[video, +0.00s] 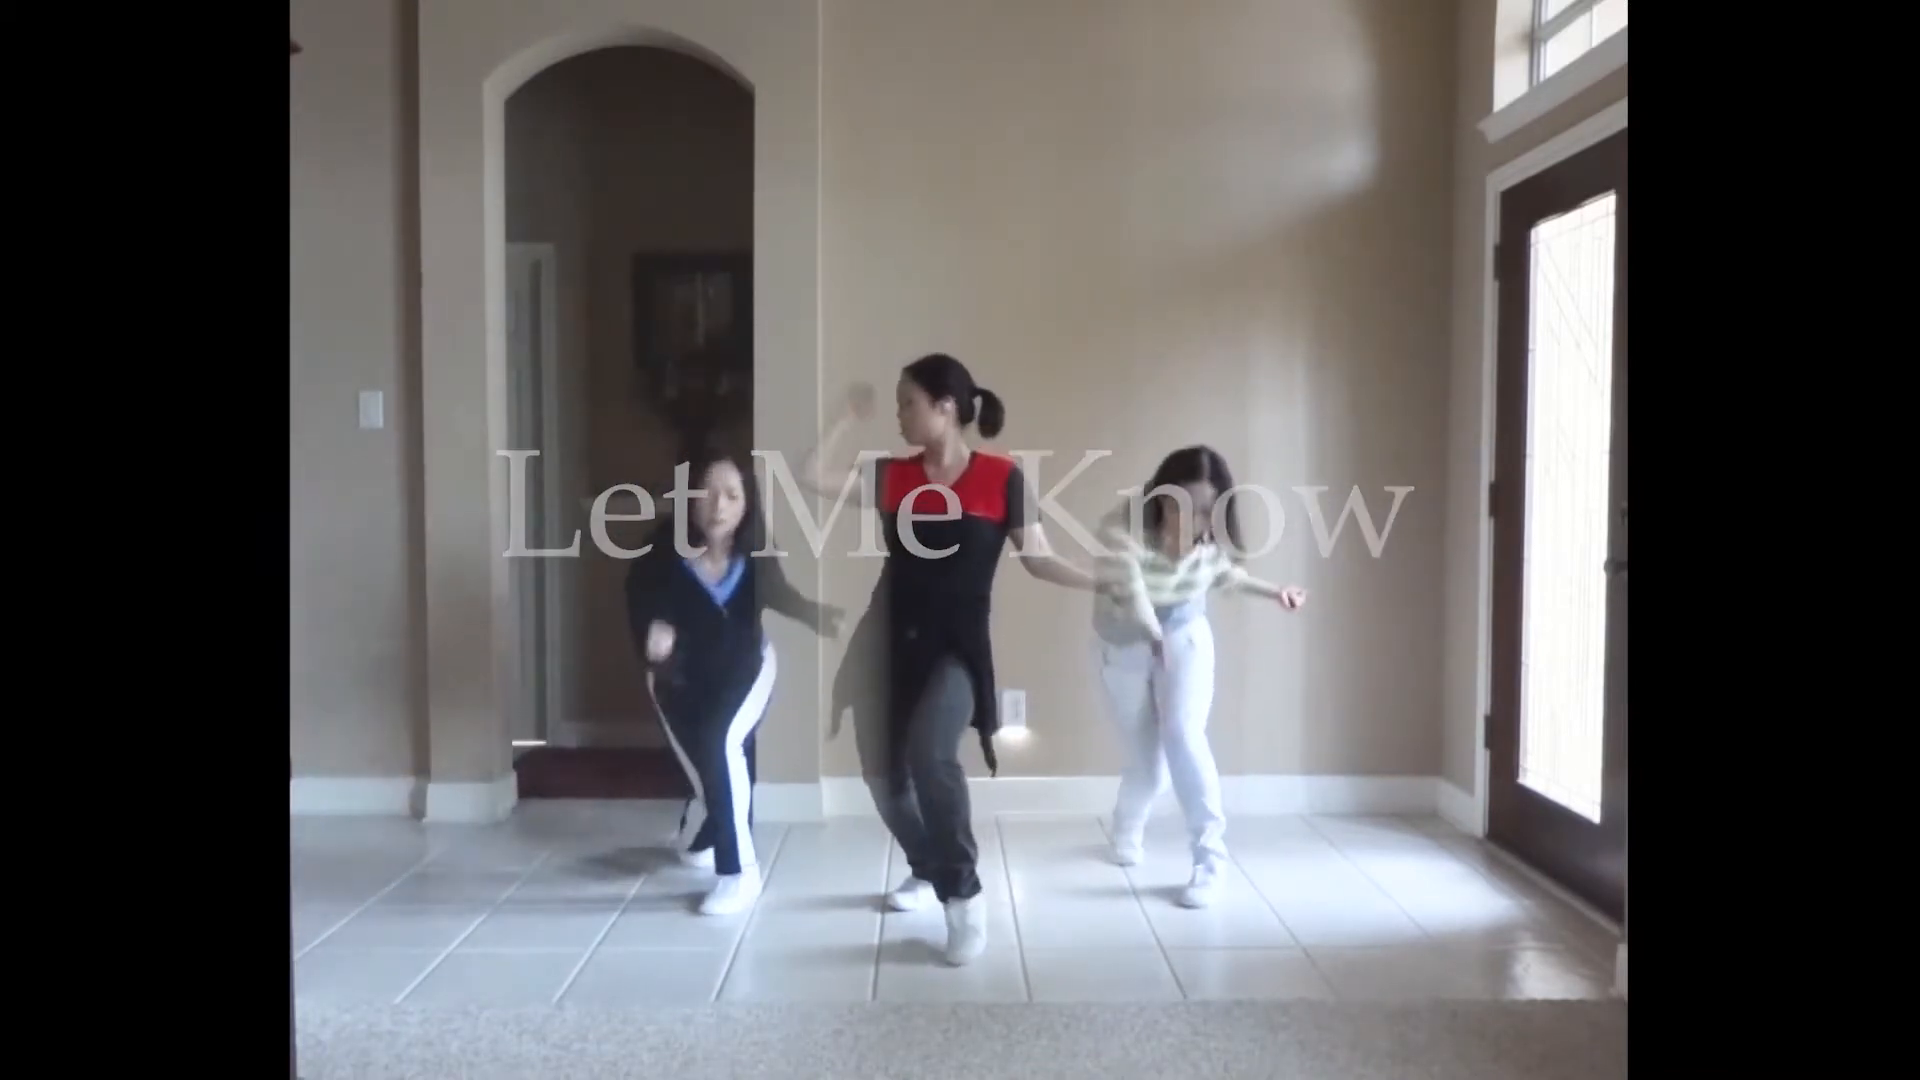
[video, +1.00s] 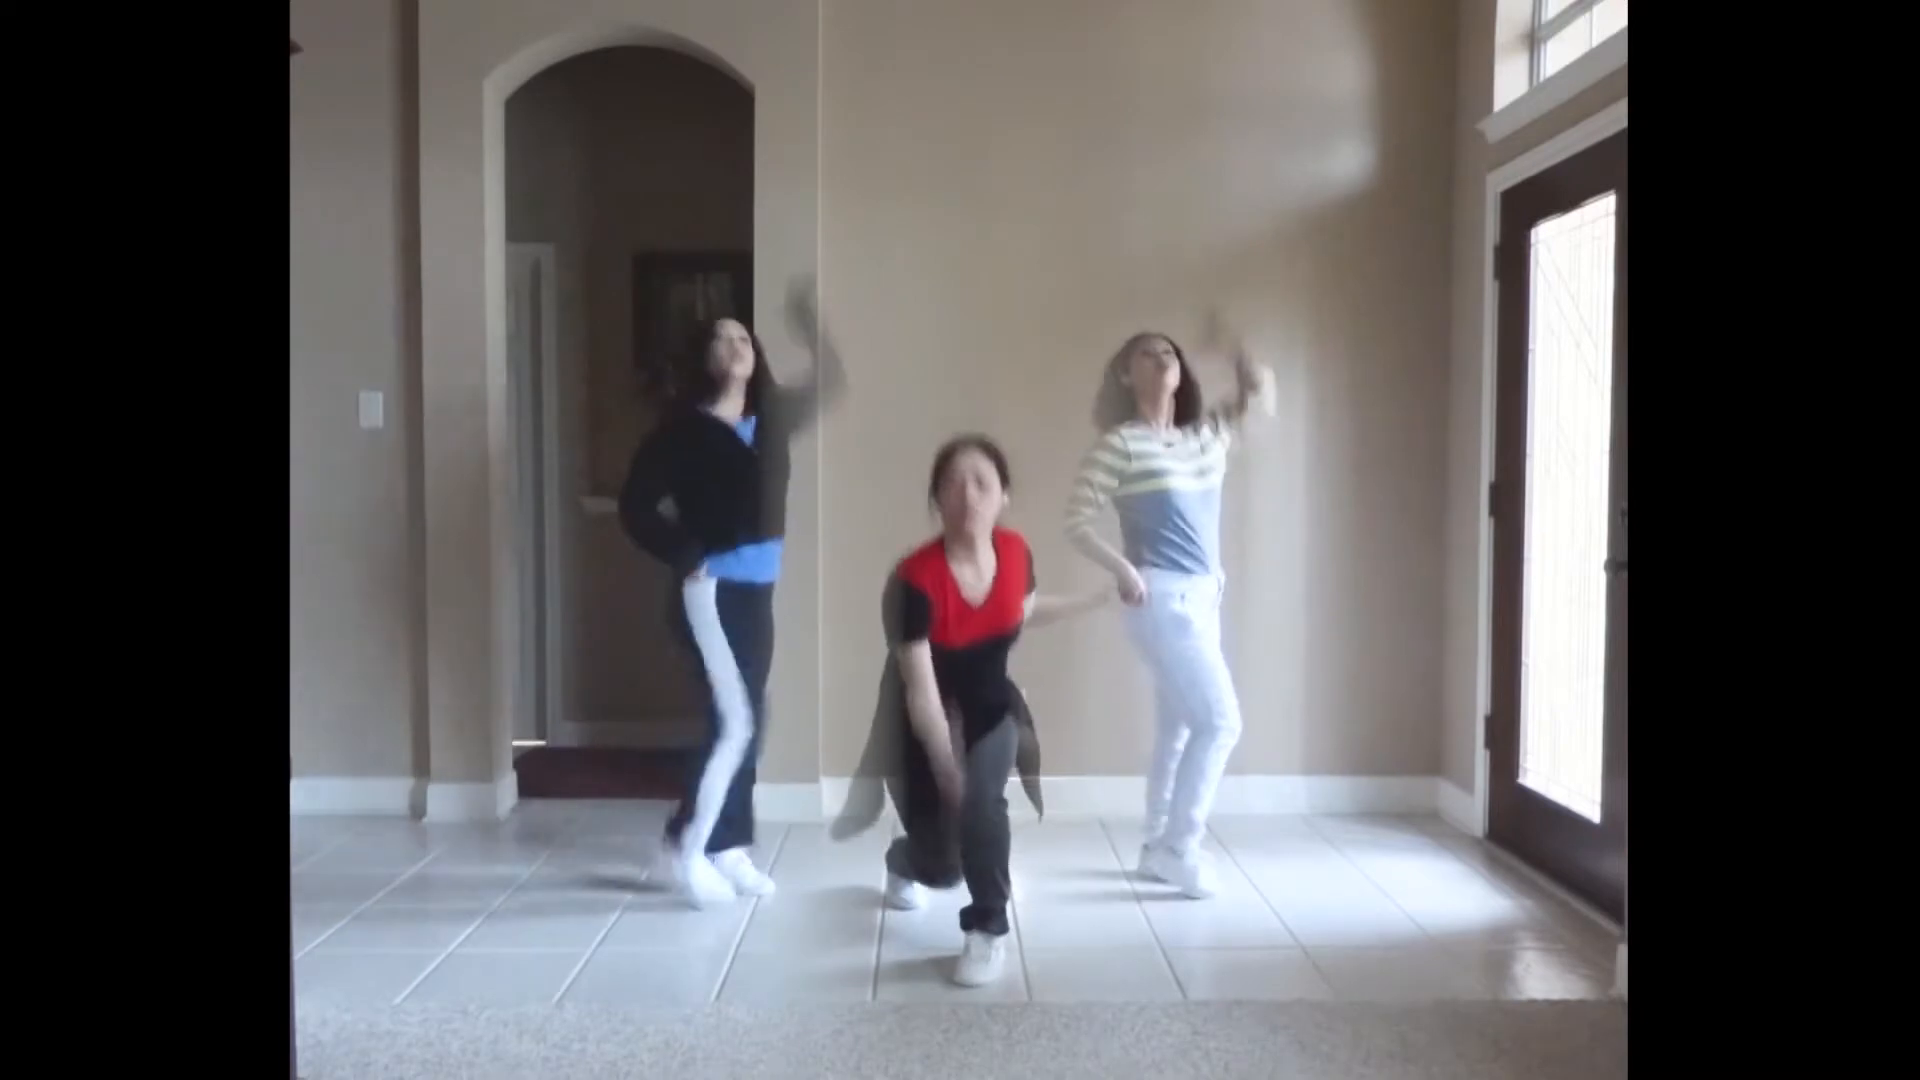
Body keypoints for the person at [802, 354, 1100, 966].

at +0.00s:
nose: (901, 416)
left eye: (910, 405)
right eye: (900, 405)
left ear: (948, 407)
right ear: (915, 411)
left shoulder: (1001, 476)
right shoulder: (892, 474)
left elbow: (1038, 559)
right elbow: (816, 480)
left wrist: (1101, 580)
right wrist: (843, 423)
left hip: (958, 642)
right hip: (892, 640)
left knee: (929, 753)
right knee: (884, 780)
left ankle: (961, 893)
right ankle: (929, 870)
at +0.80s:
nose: (954, 394)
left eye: (967, 384)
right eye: (942, 384)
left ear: (988, 399)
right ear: (922, 402)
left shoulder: (1003, 475)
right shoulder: (905, 470)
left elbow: (1032, 558)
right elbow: (887, 503)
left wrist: (1101, 567)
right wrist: (894, 423)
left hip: (989, 653)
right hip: (919, 654)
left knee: (985, 783)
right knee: (917, 789)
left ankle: (990, 921)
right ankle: (911, 869)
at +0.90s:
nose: (959, 439)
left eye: (974, 429)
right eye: (946, 429)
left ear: (995, 446)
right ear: (928, 446)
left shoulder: (1011, 511)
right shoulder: (907, 522)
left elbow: (1031, 586)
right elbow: (917, 624)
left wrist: (1104, 581)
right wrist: (911, 529)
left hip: (988, 677)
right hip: (922, 682)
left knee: (983, 793)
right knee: (931, 829)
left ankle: (987, 925)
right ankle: (899, 864)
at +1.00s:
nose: (968, 494)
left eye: (981, 483)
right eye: (955, 483)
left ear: (1003, 497)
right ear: (937, 500)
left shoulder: (1014, 553)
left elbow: (1021, 613)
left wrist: (1101, 596)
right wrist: (951, 777)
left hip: (991, 708)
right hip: (925, 715)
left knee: (982, 798)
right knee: (943, 865)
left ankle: (985, 928)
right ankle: (901, 861)